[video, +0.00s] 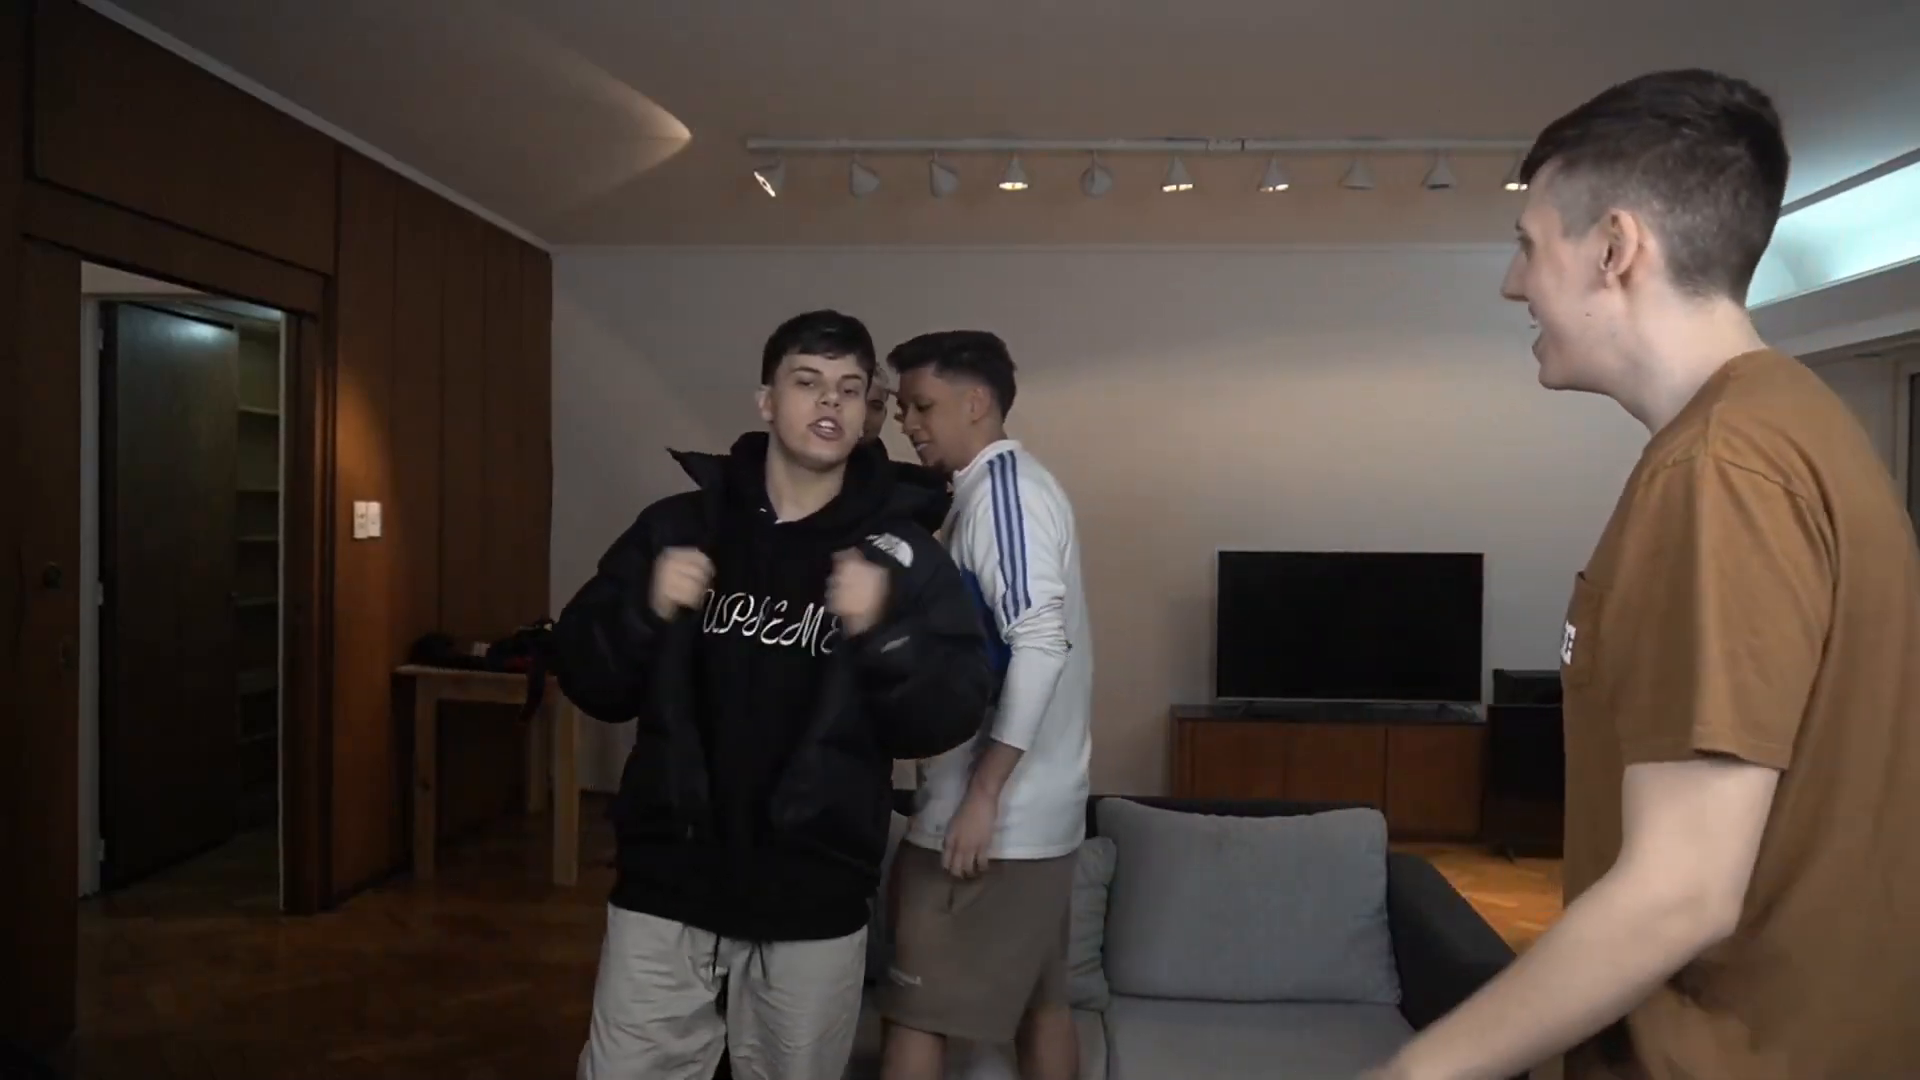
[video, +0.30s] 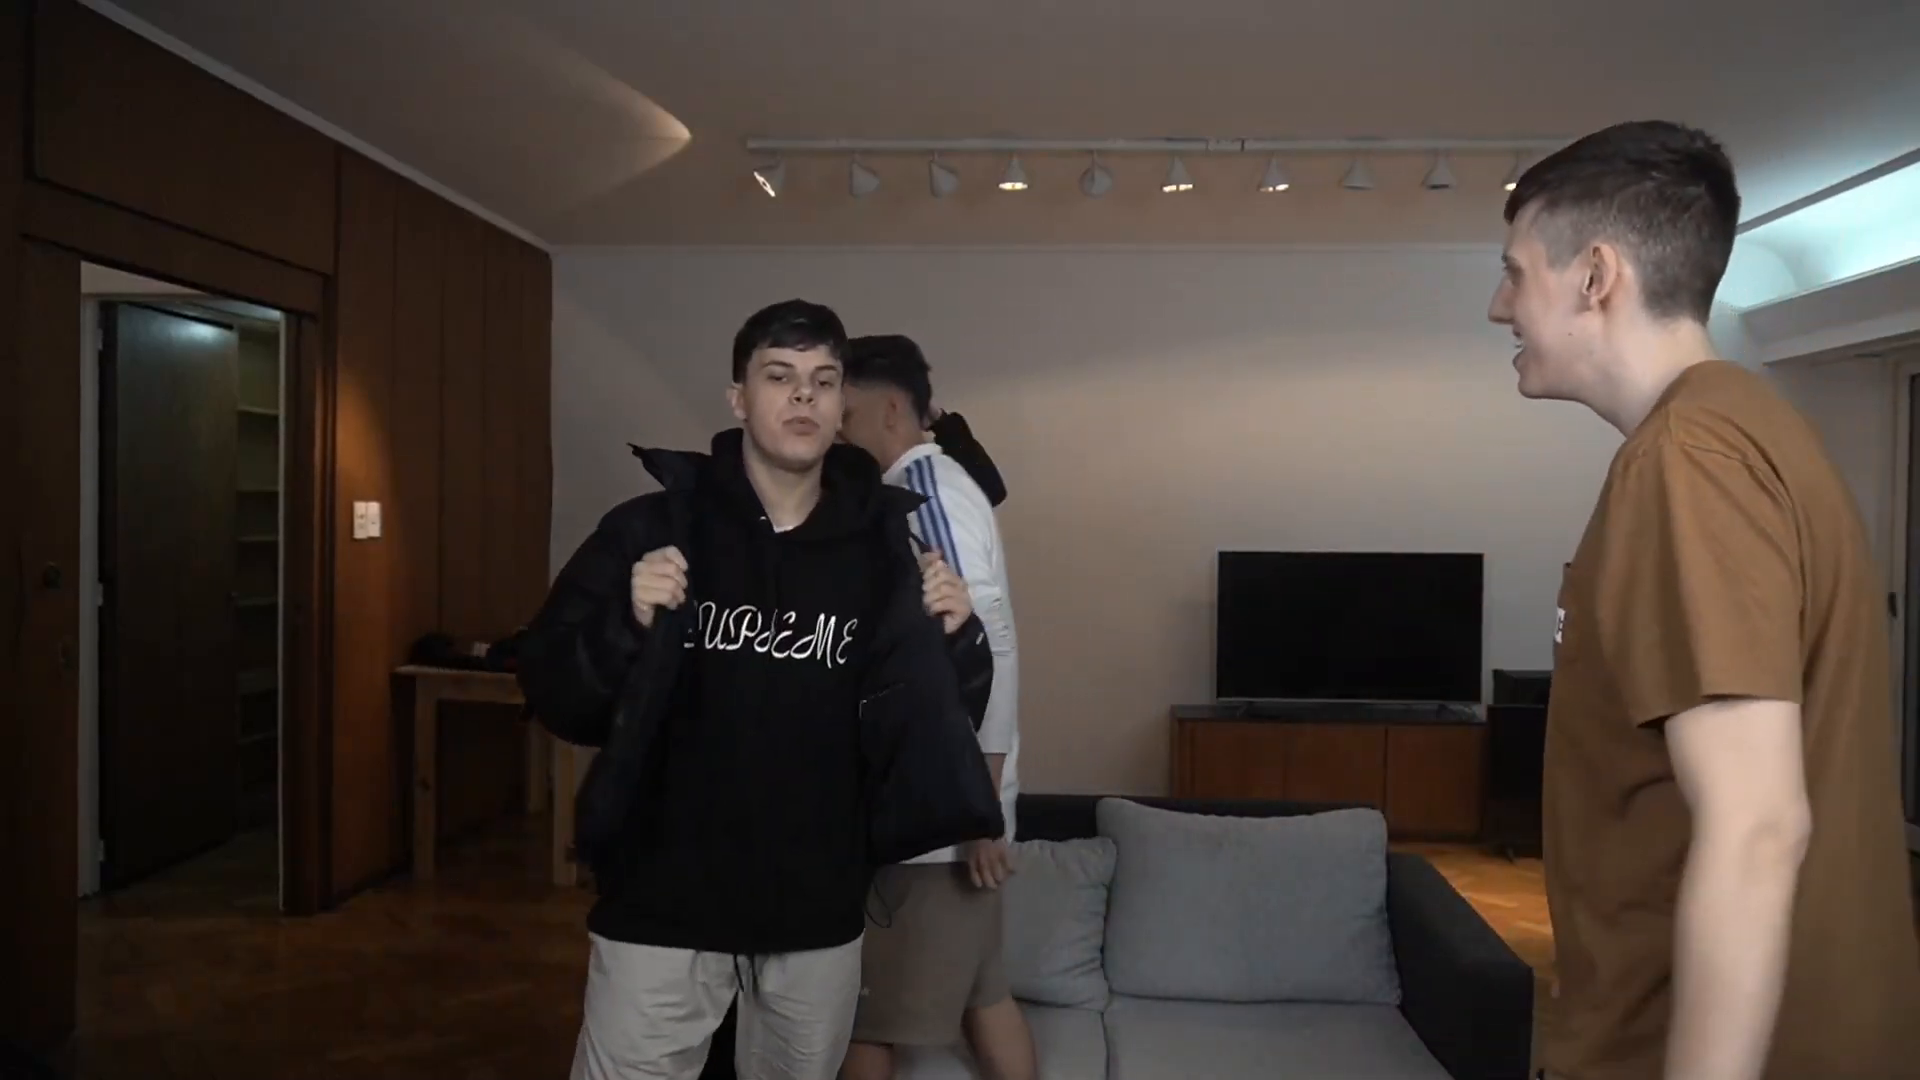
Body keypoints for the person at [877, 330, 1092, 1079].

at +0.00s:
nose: (907, 422)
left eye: (920, 407)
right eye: (905, 408)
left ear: (981, 405)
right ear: (971, 409)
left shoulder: (1005, 489)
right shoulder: (999, 485)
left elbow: (1041, 637)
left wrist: (984, 794)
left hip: (980, 813)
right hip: (1031, 811)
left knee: (916, 1016)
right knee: (1043, 1007)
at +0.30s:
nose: (836, 418)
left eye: (848, 401)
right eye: (838, 401)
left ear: (892, 406)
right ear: (899, 410)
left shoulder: (930, 485)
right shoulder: (919, 482)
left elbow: (982, 643)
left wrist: (982, 803)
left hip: (935, 806)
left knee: (871, 1027)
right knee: (987, 997)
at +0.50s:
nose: (781, 412)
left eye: (793, 394)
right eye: (782, 395)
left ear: (838, 399)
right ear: (846, 401)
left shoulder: (880, 480)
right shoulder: (846, 482)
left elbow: (924, 644)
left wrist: (899, 810)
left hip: (894, 808)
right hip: (872, 800)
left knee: (862, 1037)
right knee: (891, 1027)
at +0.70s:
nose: (721, 416)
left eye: (735, 398)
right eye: (716, 400)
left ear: (794, 398)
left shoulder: (827, 482)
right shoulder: (776, 483)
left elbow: (853, 653)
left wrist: (795, 791)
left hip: (839, 816)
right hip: (796, 809)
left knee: (831, 1028)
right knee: (798, 1026)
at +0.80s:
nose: (695, 417)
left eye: (709, 400)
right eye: (689, 401)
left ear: (769, 399)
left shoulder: (788, 490)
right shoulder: (802, 475)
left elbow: (829, 644)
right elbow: (825, 635)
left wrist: (780, 749)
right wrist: (764, 733)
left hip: (805, 794)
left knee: (819, 1024)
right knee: (818, 1017)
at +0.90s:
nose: (669, 416)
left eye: (685, 400)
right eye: (660, 399)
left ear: (738, 406)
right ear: (646, 396)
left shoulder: (781, 493)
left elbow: (814, 650)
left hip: (785, 791)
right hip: (689, 786)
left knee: (811, 1018)